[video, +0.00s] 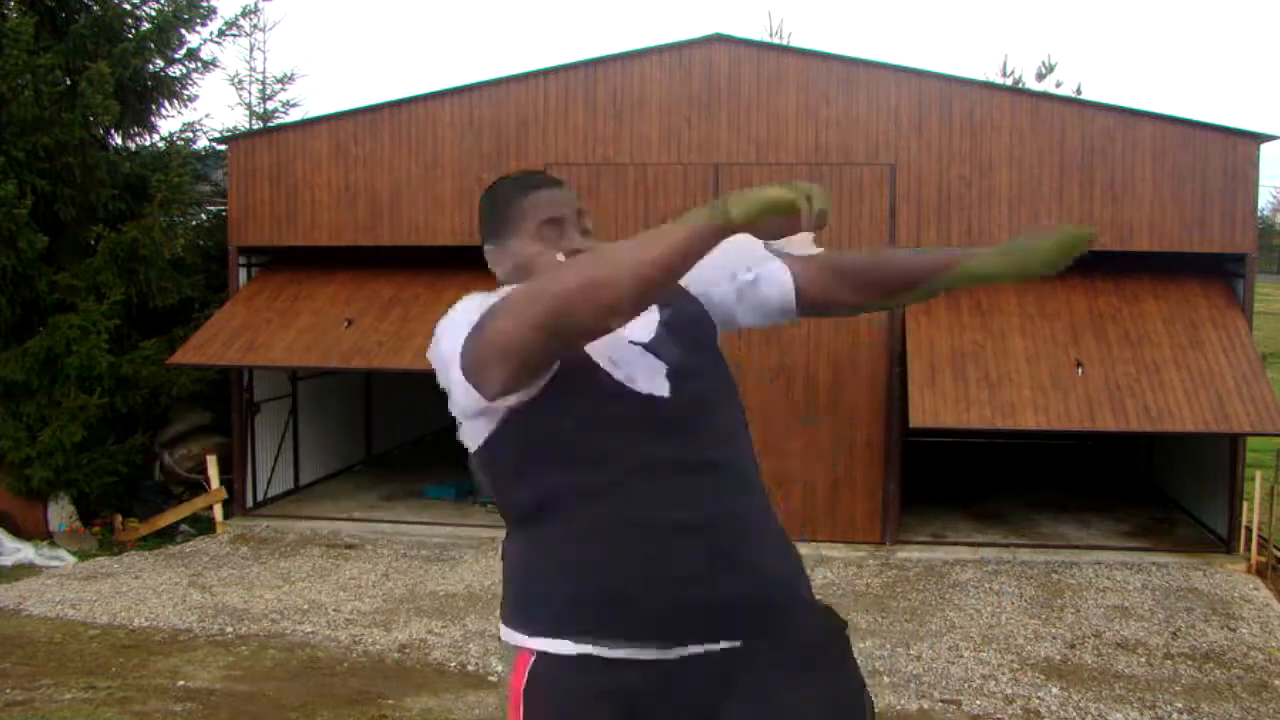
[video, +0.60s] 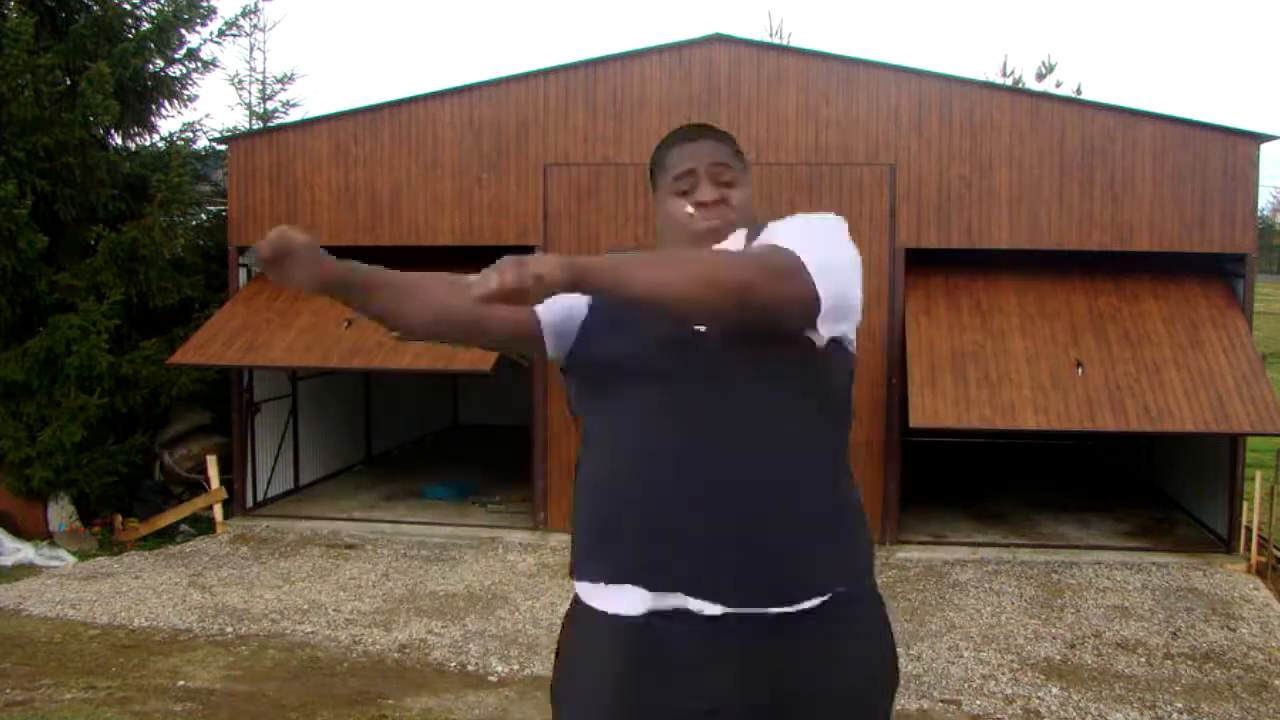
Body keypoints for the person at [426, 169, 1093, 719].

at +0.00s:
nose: (576, 237)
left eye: (581, 221)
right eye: (547, 226)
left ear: (597, 229)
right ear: (495, 261)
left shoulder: (683, 281)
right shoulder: (470, 336)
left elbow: (832, 280)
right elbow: (566, 305)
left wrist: (989, 261)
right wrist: (719, 217)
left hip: (772, 652)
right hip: (594, 672)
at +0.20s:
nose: (669, 203)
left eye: (687, 193)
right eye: (646, 193)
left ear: (712, 224)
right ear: (612, 228)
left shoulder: (788, 251)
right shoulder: (568, 326)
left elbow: (870, 403)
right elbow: (593, 439)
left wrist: (949, 562)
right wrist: (794, 452)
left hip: (837, 639)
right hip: (652, 648)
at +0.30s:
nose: (685, 190)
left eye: (706, 184)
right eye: (663, 186)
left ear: (736, 216)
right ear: (640, 229)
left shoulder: (810, 266)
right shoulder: (593, 342)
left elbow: (878, 434)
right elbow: (588, 477)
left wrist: (896, 619)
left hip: (821, 641)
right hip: (658, 646)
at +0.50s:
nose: (732, 210)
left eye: (752, 204)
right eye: (715, 200)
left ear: (780, 239)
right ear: (684, 229)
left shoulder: (830, 315)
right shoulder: (617, 275)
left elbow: (836, 412)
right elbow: (493, 294)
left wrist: (763, 309)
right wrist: (377, 331)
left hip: (840, 667)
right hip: (671, 679)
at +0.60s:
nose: (708, 195)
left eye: (725, 181)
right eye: (685, 186)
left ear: (753, 196)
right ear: (653, 208)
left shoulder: (816, 248)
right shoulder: (599, 300)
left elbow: (743, 288)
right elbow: (455, 310)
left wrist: (574, 271)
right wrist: (334, 276)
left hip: (811, 628)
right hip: (628, 633)